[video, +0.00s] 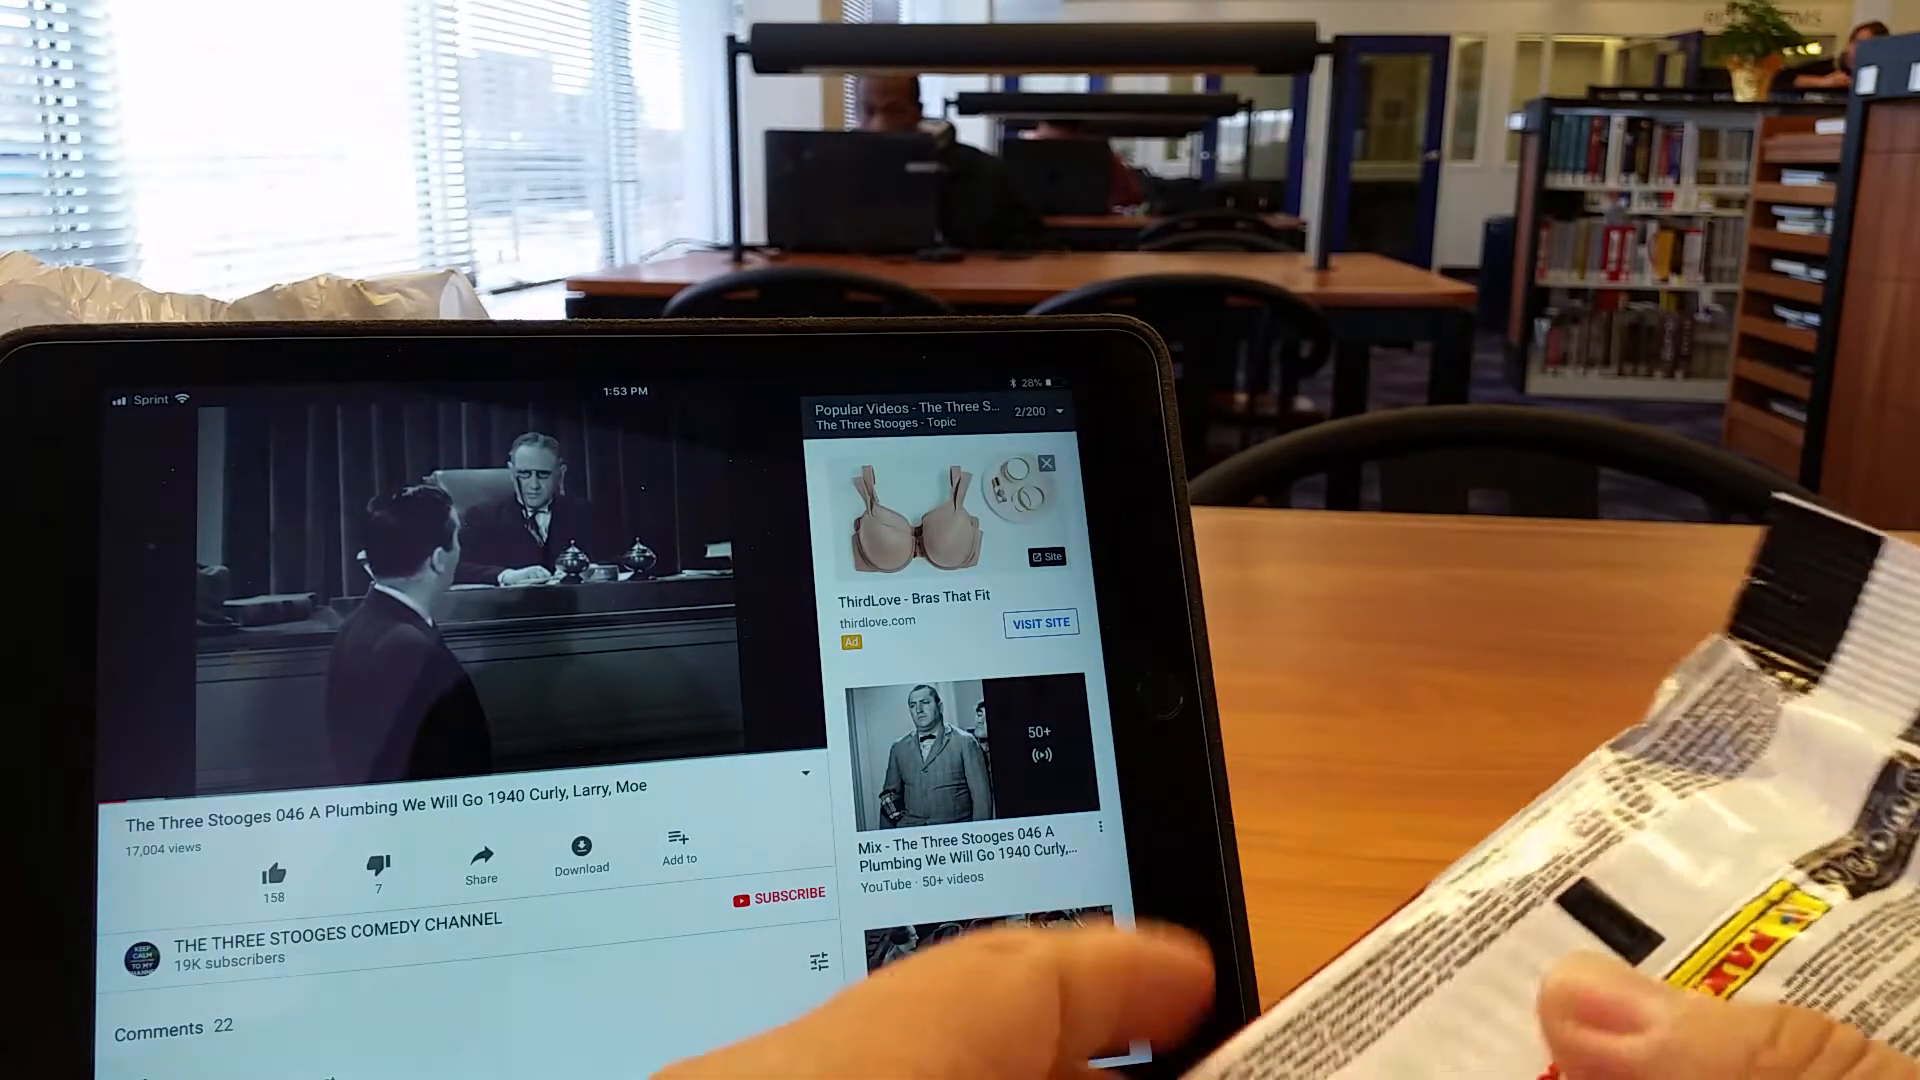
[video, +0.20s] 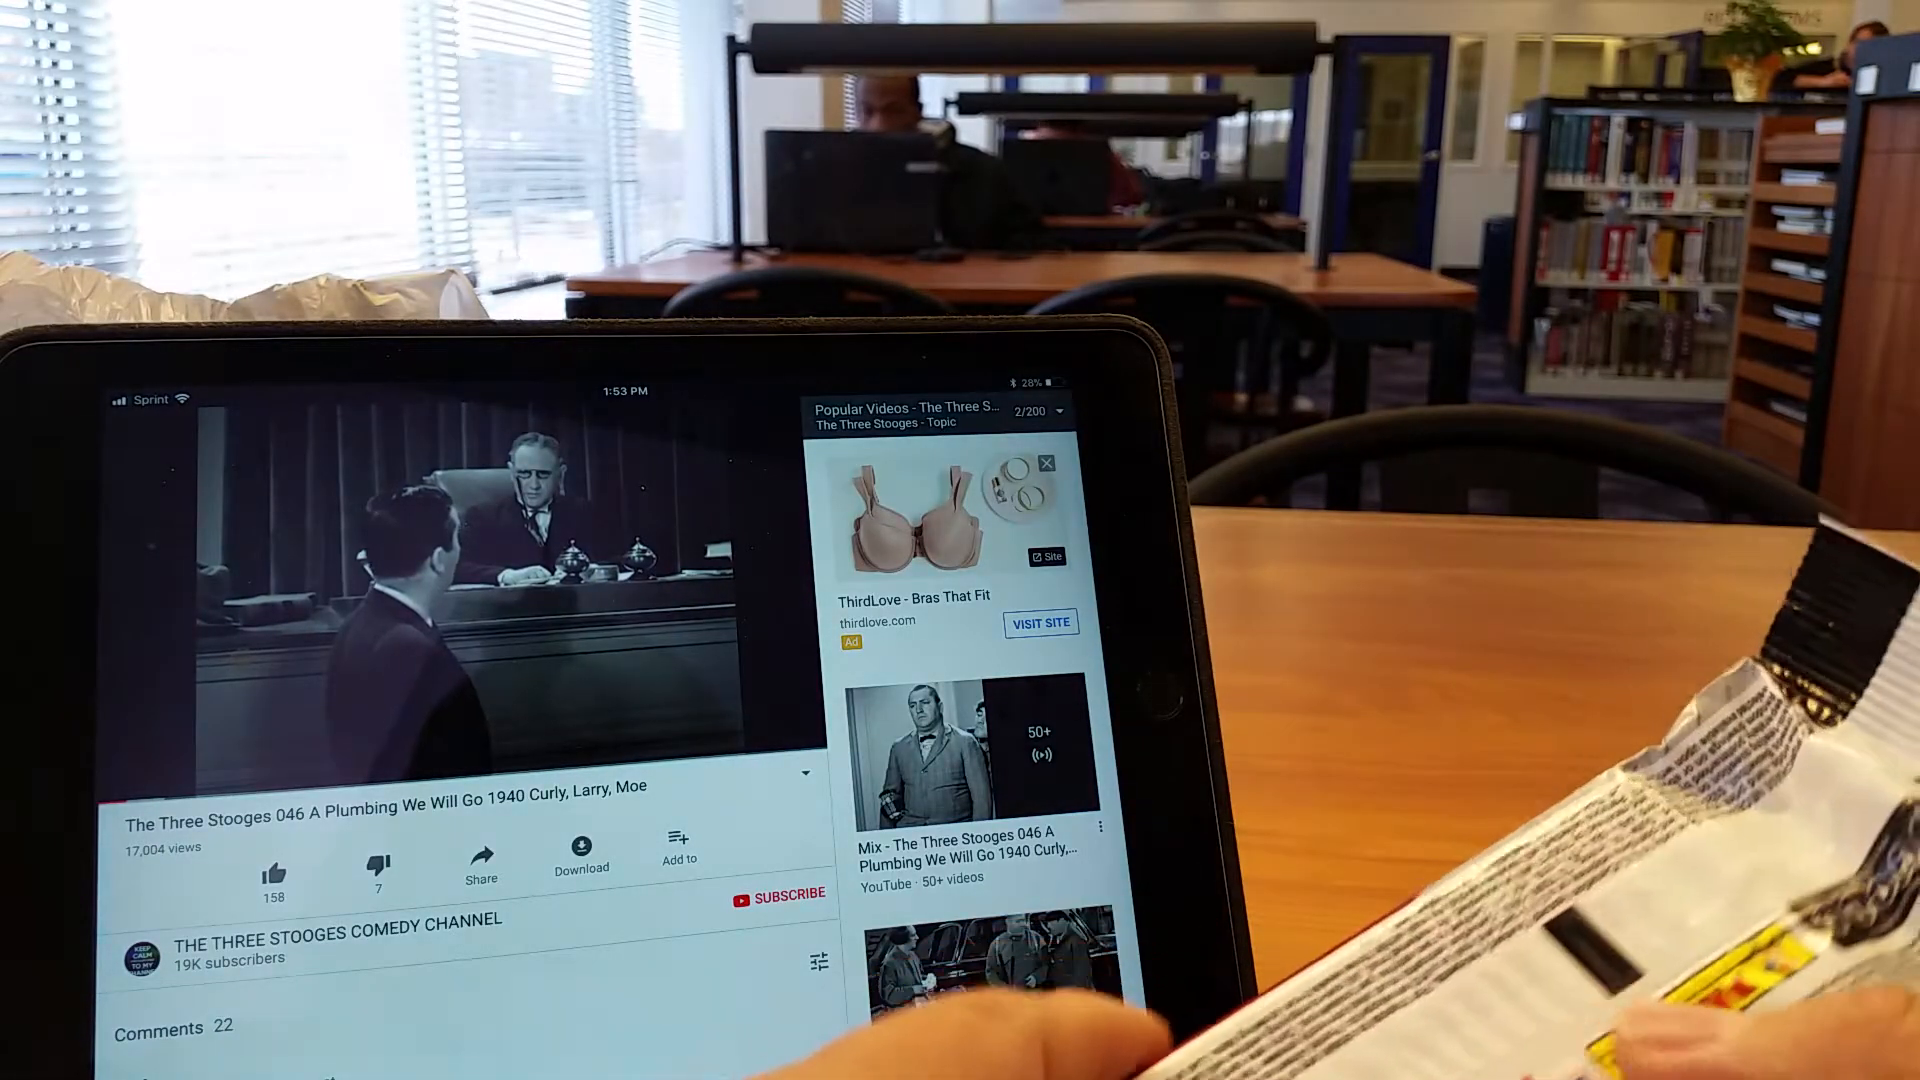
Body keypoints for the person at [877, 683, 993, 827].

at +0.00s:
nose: (919, 709)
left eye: (925, 703)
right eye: (913, 705)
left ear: (939, 706)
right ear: (909, 711)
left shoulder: (964, 742)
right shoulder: (899, 748)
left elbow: (981, 795)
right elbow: (891, 794)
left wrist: (979, 835)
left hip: (956, 831)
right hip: (910, 835)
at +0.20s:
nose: (919, 710)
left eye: (925, 703)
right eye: (913, 705)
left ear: (939, 706)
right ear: (909, 711)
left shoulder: (964, 742)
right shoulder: (899, 748)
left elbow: (981, 795)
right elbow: (890, 796)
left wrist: (979, 835)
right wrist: (886, 840)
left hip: (956, 832)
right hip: (910, 836)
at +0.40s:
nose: (919, 709)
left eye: (925, 703)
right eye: (913, 705)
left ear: (939, 706)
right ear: (909, 711)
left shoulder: (964, 742)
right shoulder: (899, 749)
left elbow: (981, 795)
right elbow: (891, 795)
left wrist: (979, 835)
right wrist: (886, 840)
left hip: (956, 832)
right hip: (910, 836)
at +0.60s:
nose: (919, 709)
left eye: (925, 703)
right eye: (913, 705)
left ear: (940, 707)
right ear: (909, 711)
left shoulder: (964, 742)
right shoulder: (899, 749)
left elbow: (981, 795)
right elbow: (891, 795)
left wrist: (979, 835)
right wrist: (886, 840)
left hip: (956, 831)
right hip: (910, 835)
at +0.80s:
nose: (919, 709)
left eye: (925, 703)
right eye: (913, 705)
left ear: (939, 707)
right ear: (909, 711)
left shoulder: (964, 742)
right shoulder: (899, 748)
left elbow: (981, 795)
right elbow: (890, 795)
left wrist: (979, 835)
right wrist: (886, 840)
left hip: (955, 832)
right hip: (910, 836)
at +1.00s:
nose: (919, 710)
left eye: (925, 703)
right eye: (913, 705)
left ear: (939, 707)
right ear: (909, 711)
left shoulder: (964, 742)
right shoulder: (899, 748)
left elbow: (981, 795)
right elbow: (890, 795)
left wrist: (979, 835)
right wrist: (886, 840)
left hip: (956, 831)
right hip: (910, 836)